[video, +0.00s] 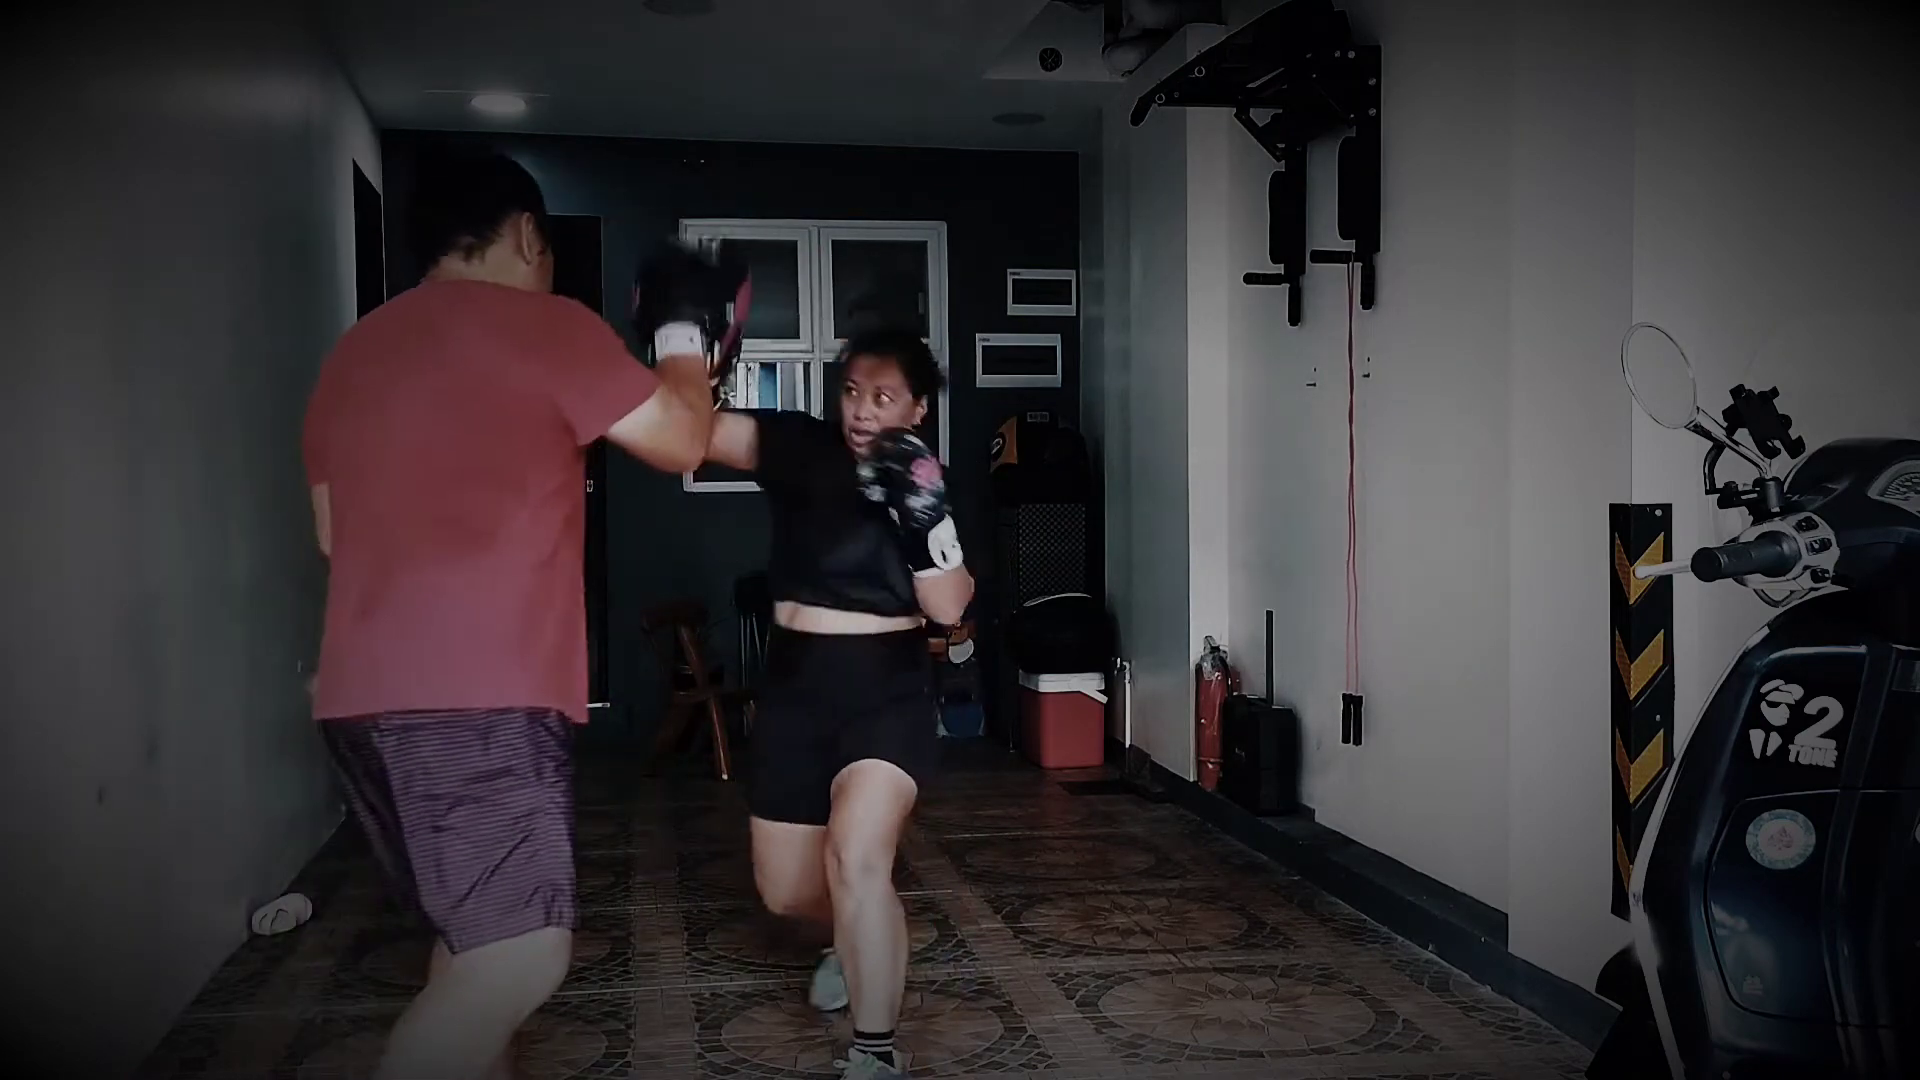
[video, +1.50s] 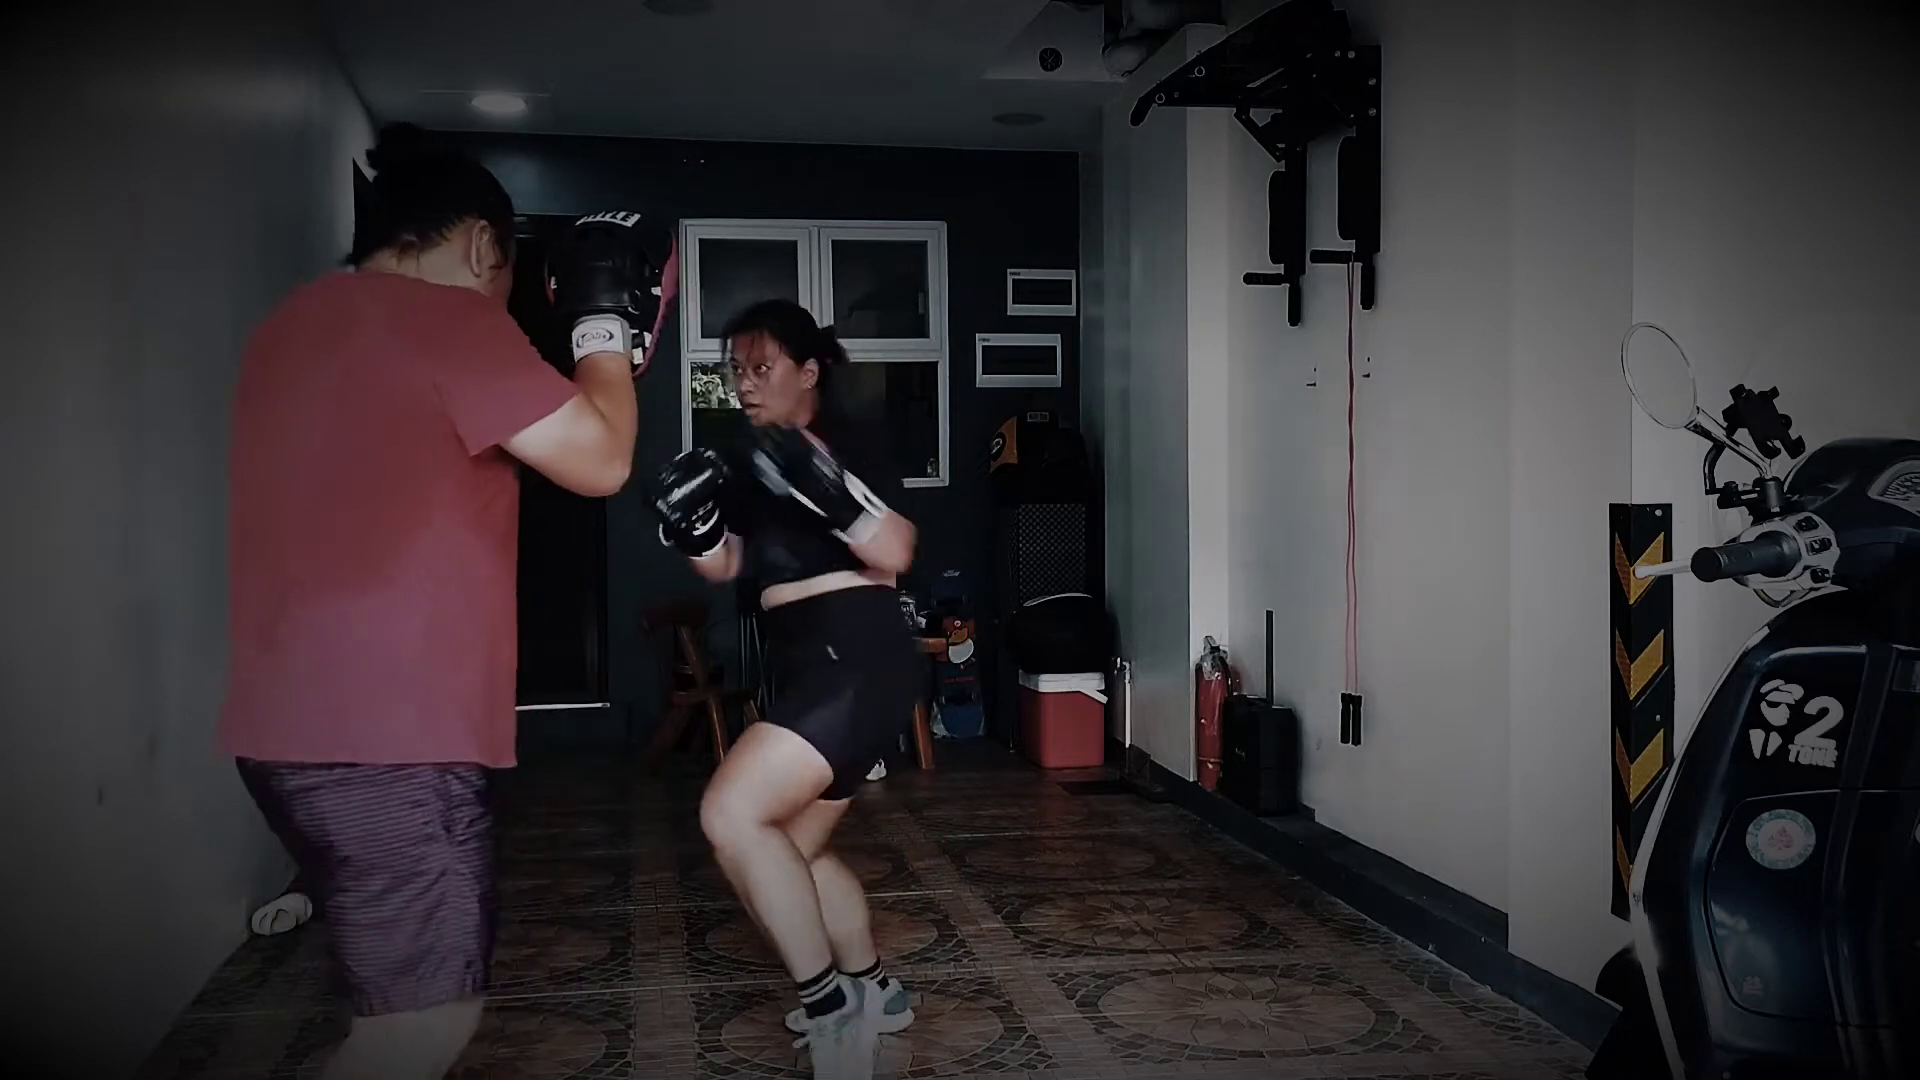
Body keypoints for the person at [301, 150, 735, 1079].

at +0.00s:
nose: (546, 265)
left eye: (541, 248)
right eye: (541, 246)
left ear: (428, 244)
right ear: (515, 234)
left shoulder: (350, 353)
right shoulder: (547, 328)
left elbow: (332, 534)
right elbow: (684, 441)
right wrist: (686, 341)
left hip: (357, 691)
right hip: (481, 686)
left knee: (467, 935)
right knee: (519, 952)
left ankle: (477, 1066)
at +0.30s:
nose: (582, 298)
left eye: (579, 274)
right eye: (578, 272)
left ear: (460, 264)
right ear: (551, 256)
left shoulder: (365, 380)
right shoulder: (545, 364)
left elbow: (315, 570)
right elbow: (571, 561)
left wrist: (449, 613)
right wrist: (674, 578)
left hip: (374, 771)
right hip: (501, 775)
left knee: (462, 996)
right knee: (566, 1036)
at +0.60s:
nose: (576, 226)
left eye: (573, 204)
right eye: (571, 202)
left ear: (451, 191)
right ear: (542, 186)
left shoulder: (334, 315)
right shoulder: (553, 288)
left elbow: (285, 511)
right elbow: (605, 495)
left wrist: (454, 511)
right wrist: (680, 503)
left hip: (339, 722)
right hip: (490, 723)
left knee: (413, 976)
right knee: (520, 1012)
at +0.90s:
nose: (538, 257)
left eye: (538, 237)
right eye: (537, 233)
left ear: (418, 214)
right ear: (512, 214)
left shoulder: (304, 326)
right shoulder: (514, 309)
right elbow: (642, 477)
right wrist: (658, 392)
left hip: (311, 734)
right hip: (457, 740)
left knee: (376, 997)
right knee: (488, 1008)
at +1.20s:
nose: (523, 281)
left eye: (525, 264)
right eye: (524, 259)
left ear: (405, 229)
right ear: (500, 234)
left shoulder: (302, 320)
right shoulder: (484, 314)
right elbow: (625, 451)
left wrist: (528, 326)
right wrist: (625, 335)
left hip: (276, 715)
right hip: (410, 717)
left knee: (371, 986)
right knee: (476, 982)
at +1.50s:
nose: (497, 281)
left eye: (500, 262)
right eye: (499, 258)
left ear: (384, 229)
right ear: (475, 238)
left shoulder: (286, 330)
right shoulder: (449, 326)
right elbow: (603, 460)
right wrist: (610, 341)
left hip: (286, 734)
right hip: (396, 744)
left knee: (392, 1002)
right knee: (426, 1018)